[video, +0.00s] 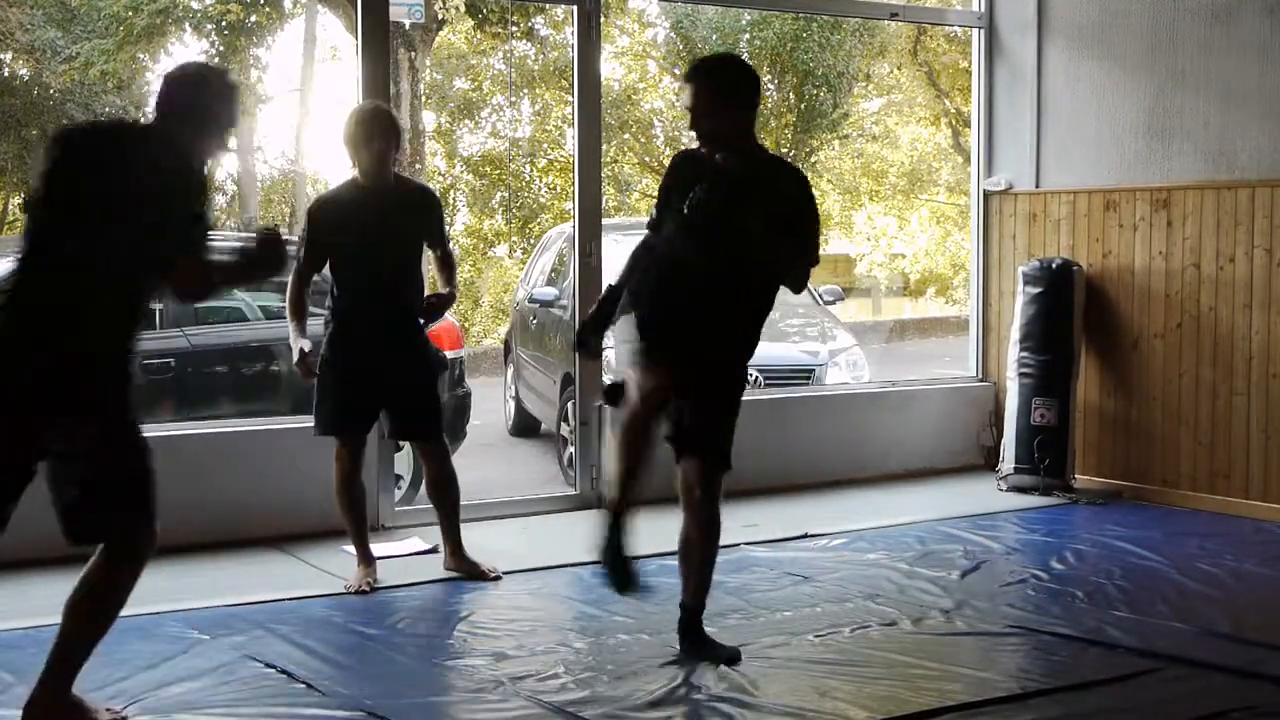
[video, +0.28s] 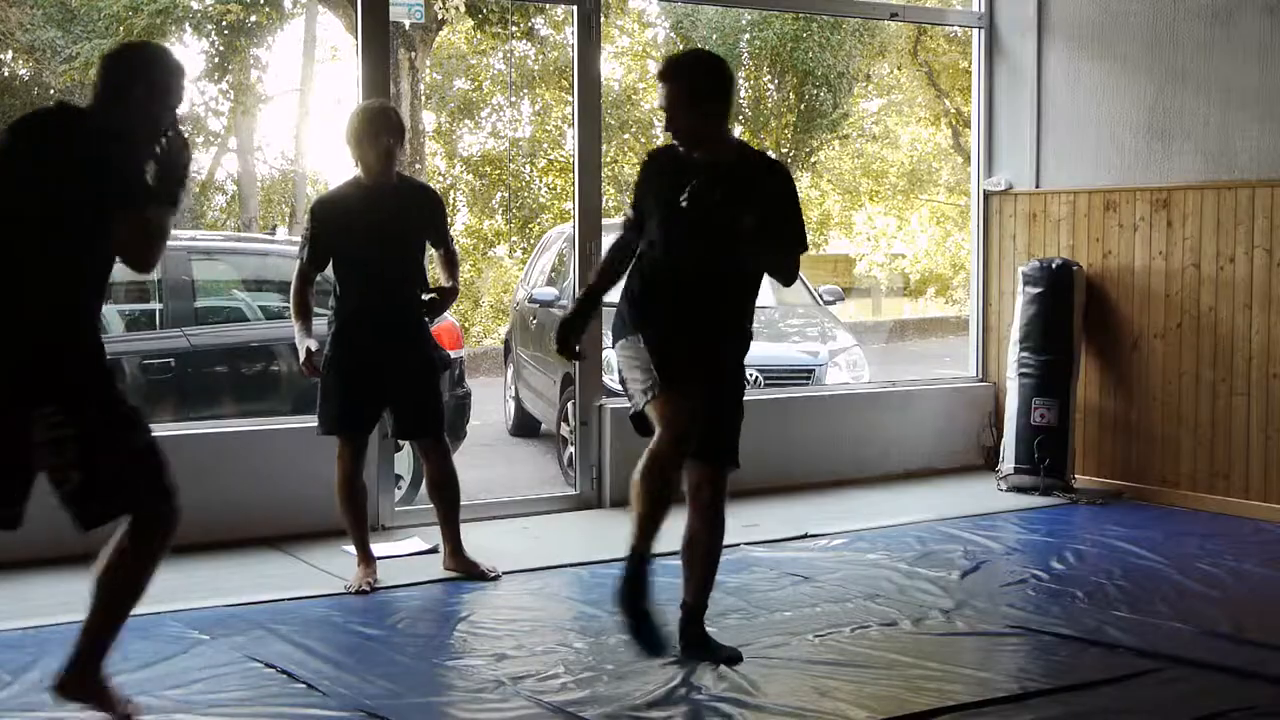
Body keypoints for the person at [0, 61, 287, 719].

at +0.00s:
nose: (226, 143)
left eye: (228, 131)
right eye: (224, 129)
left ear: (168, 104)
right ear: (200, 118)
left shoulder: (84, 142)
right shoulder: (176, 174)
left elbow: (45, 231)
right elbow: (185, 280)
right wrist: (253, 265)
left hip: (16, 354)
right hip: (89, 369)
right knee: (131, 537)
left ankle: (53, 692)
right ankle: (52, 694)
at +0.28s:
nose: (175, 115)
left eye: (176, 102)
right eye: (172, 101)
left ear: (108, 85)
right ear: (144, 98)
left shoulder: (34, 130)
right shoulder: (111, 151)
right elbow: (142, 255)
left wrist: (150, 172)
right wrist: (173, 175)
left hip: (7, 352)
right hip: (59, 357)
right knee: (155, 509)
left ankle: (84, 670)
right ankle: (83, 670)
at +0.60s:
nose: (226, 124)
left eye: (228, 111)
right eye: (223, 111)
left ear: (163, 99)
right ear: (204, 108)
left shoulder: (89, 152)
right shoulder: (205, 173)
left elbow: (51, 249)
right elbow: (230, 268)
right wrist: (242, 179)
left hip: (65, 381)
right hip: (144, 385)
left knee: (22, 533)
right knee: (236, 531)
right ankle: (270, 697)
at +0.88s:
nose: (288, 108)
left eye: (289, 96)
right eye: (288, 96)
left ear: (215, 80)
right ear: (277, 93)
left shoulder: (140, 133)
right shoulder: (268, 153)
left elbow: (90, 227)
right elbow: (305, 249)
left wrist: (174, 217)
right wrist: (333, 205)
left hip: (100, 371)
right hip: (195, 374)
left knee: (48, 531)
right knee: (257, 528)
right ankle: (272, 698)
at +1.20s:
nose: (231, 85)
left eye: (227, 70)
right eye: (223, 70)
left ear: (151, 73)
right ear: (200, 73)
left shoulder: (104, 135)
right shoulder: (205, 142)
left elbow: (138, 236)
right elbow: (231, 252)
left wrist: (224, 159)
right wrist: (274, 205)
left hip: (75, 371)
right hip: (163, 376)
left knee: (30, 548)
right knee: (247, 528)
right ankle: (274, 696)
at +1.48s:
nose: (229, 69)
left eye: (223, 57)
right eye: (218, 58)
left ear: (153, 73)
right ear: (193, 69)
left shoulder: (108, 137)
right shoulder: (216, 139)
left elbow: (104, 251)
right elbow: (256, 246)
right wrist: (298, 203)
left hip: (94, 374)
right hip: (177, 379)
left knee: (45, 551)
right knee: (258, 530)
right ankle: (290, 695)